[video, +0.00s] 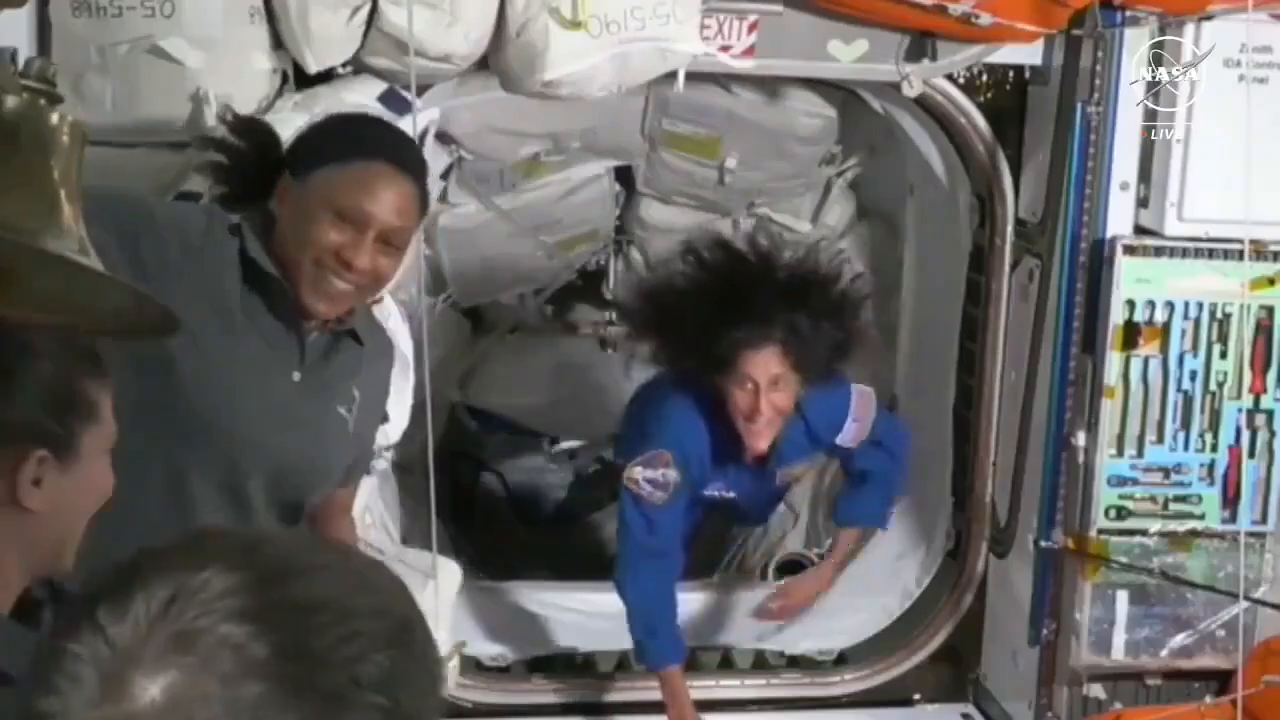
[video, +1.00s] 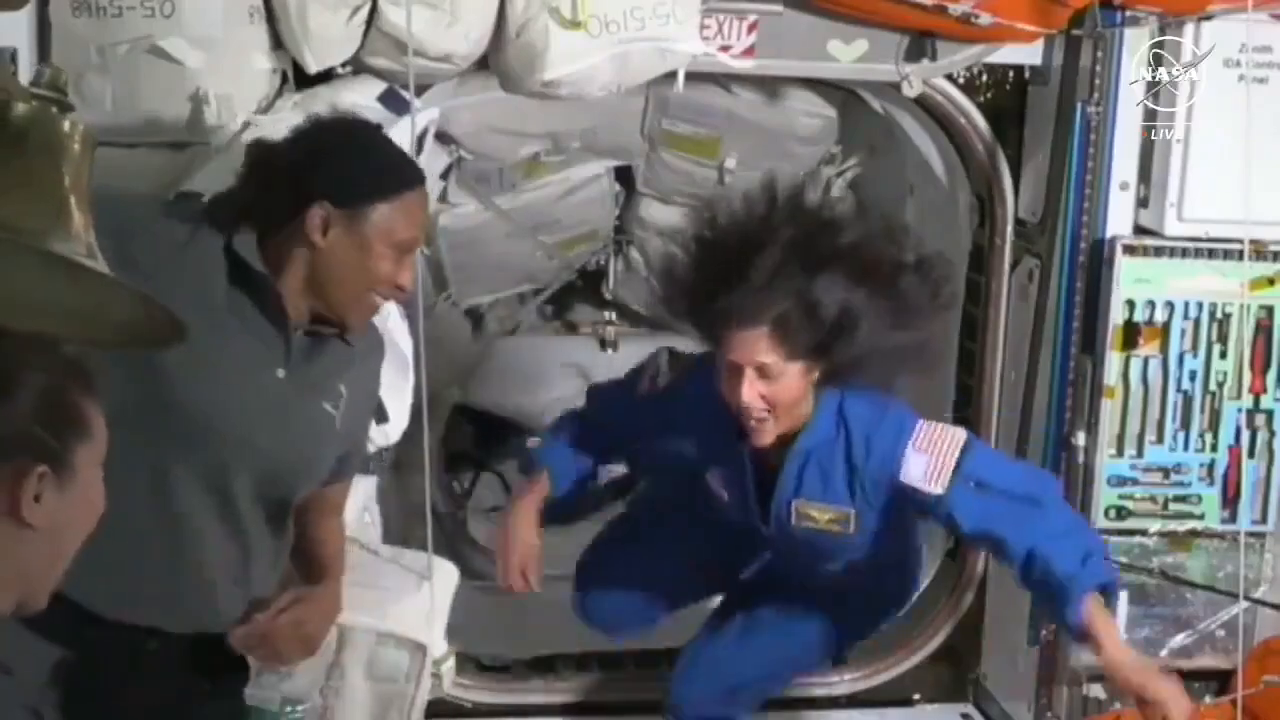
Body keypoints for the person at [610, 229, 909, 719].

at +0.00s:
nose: (760, 410)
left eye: (778, 386)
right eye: (744, 386)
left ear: (803, 383)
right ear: (717, 381)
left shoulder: (828, 407)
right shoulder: (673, 426)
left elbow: (889, 446)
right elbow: (644, 568)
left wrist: (829, 569)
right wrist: (677, 702)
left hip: (760, 502)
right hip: (680, 499)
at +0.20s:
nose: (767, 409)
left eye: (787, 387)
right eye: (753, 386)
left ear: (811, 391)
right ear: (727, 386)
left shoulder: (838, 415)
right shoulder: (679, 443)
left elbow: (909, 439)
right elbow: (652, 571)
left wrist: (878, 586)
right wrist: (683, 700)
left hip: (766, 506)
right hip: (683, 509)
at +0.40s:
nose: (764, 400)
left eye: (785, 380)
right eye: (751, 376)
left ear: (816, 385)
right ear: (730, 376)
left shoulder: (851, 417)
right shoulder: (684, 435)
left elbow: (932, 455)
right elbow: (663, 564)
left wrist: (912, 600)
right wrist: (694, 695)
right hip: (722, 519)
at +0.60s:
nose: (755, 387)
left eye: (780, 368)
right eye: (746, 362)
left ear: (817, 378)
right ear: (729, 361)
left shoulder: (869, 424)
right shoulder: (681, 439)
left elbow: (1008, 463)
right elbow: (669, 569)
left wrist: (1000, 607)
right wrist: (693, 690)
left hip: (808, 546)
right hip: (705, 544)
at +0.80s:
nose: (757, 383)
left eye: (779, 363)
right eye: (743, 360)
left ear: (824, 364)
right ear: (726, 356)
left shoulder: (886, 422)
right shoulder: (701, 405)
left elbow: (1054, 478)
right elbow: (645, 504)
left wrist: (1089, 614)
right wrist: (638, 632)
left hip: (789, 583)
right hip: (696, 531)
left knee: (693, 628)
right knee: (603, 555)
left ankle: (693, 658)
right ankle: (571, 490)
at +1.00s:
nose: (748, 398)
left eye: (771, 377)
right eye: (732, 372)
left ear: (819, 373)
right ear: (714, 360)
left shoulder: (875, 437)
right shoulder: (694, 398)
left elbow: (1031, 508)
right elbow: (597, 427)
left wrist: (1109, 644)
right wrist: (527, 500)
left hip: (824, 584)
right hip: (714, 530)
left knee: (701, 688)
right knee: (602, 608)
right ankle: (673, 529)